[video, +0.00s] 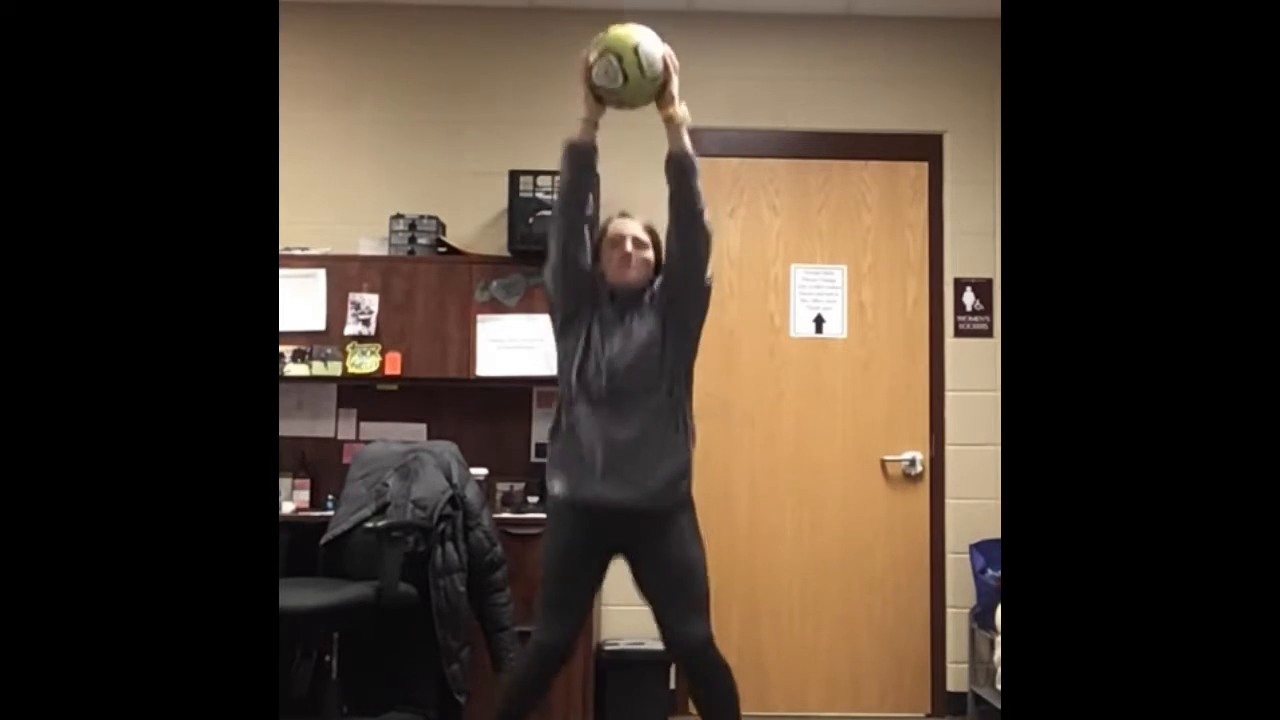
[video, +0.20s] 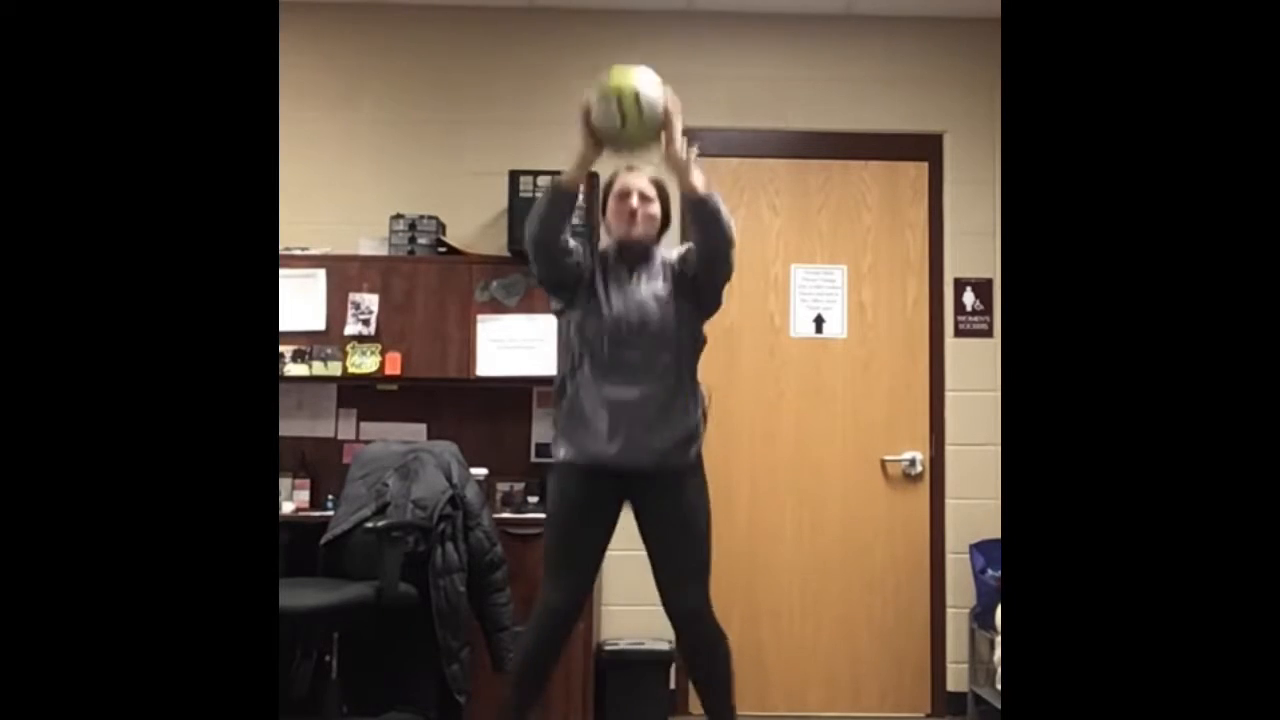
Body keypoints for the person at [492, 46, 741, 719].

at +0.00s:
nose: (631, 248)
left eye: (641, 241)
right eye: (618, 241)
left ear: (656, 261)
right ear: (596, 259)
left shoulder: (675, 313)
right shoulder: (577, 312)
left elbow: (691, 229)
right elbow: (570, 221)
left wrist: (675, 121)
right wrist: (589, 117)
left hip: (660, 507)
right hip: (579, 506)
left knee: (693, 647)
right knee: (548, 648)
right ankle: (501, 715)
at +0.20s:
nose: (636, 203)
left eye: (648, 196)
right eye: (623, 195)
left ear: (665, 216)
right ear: (603, 213)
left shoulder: (684, 277)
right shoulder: (579, 273)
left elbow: (716, 251)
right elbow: (541, 241)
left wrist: (684, 166)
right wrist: (582, 160)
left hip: (668, 460)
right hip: (586, 460)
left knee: (690, 610)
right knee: (557, 607)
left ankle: (723, 715)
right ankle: (513, 710)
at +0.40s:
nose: (639, 213)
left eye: (651, 206)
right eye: (627, 205)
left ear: (668, 224)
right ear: (608, 221)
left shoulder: (696, 299)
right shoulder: (571, 294)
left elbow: (718, 387)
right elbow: (542, 383)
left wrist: (671, 339)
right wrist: (588, 331)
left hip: (672, 479)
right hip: (592, 478)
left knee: (663, 618)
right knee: (596, 617)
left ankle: (664, 713)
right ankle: (601, 713)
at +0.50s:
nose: (639, 238)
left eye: (651, 232)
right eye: (627, 232)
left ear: (666, 254)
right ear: (608, 253)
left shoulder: (698, 331)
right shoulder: (571, 332)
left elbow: (719, 431)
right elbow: (545, 431)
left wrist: (669, 376)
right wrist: (590, 379)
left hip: (674, 516)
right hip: (594, 516)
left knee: (657, 645)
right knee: (606, 643)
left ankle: (656, 719)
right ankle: (607, 718)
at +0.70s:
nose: (640, 185)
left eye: (651, 174)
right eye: (627, 173)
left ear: (671, 181)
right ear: (604, 180)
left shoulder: (684, 252)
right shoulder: (584, 254)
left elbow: (725, 294)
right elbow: (545, 298)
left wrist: (683, 250)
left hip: (672, 446)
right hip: (593, 447)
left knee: (670, 590)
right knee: (583, 589)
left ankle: (675, 705)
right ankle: (576, 707)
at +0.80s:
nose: (644, 195)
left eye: (656, 189)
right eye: (631, 187)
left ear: (672, 205)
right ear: (611, 203)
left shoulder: (693, 267)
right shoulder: (585, 262)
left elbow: (724, 210)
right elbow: (559, 212)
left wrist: (686, 125)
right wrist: (598, 121)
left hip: (672, 446)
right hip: (592, 445)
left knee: (688, 601)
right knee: (565, 604)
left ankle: (710, 709)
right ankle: (539, 708)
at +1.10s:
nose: (625, 249)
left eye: (637, 243)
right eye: (616, 240)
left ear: (655, 264)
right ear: (597, 254)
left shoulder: (669, 314)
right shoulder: (578, 308)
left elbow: (689, 239)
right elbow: (562, 221)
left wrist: (675, 131)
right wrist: (582, 122)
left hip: (658, 499)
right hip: (584, 498)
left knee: (695, 641)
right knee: (535, 636)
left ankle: (727, 716)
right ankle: (478, 711)